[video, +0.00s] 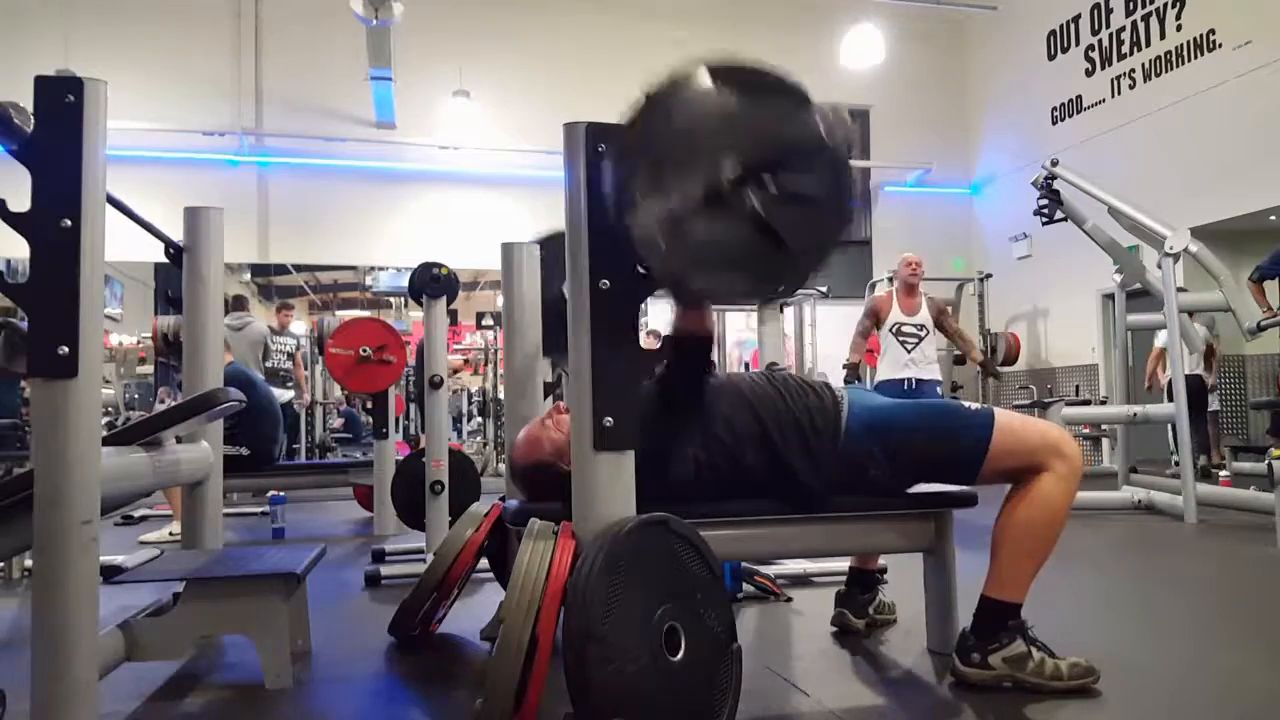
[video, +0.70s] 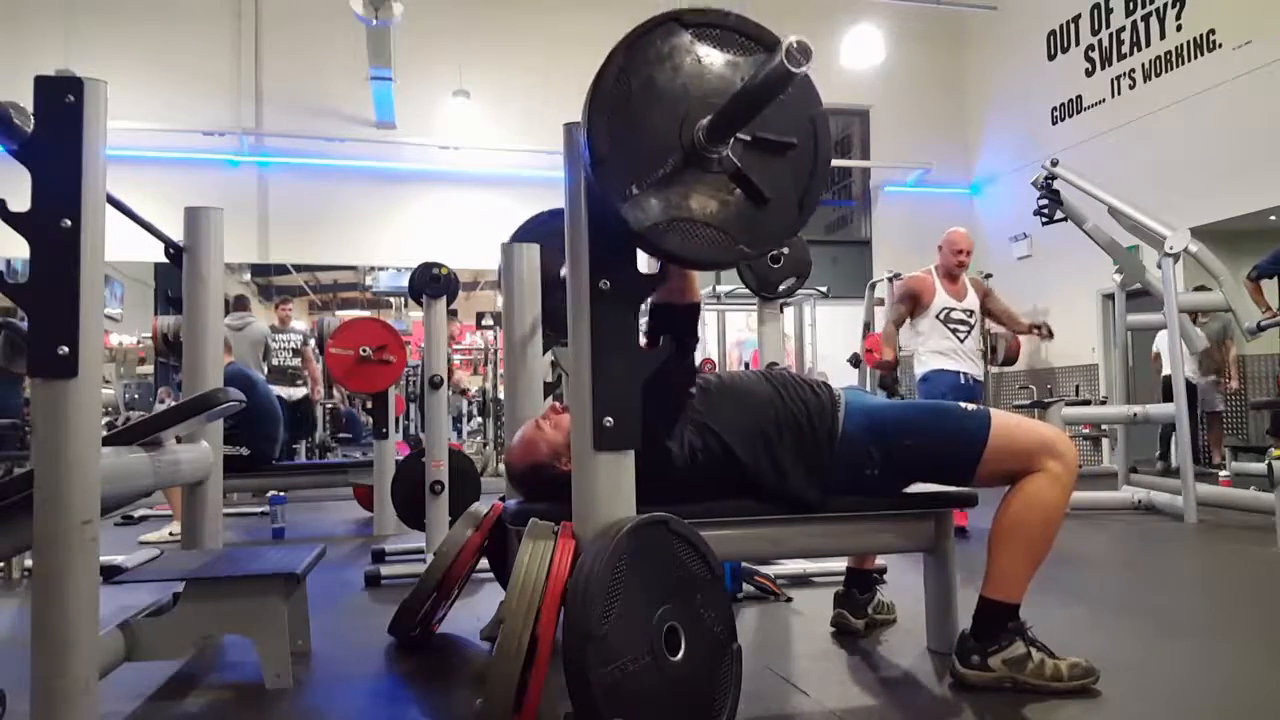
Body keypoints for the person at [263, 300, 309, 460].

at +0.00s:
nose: (289, 319)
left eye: (291, 316)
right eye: (286, 315)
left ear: (293, 317)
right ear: (277, 315)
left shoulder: (294, 339)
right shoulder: (265, 334)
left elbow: (298, 366)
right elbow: (257, 360)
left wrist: (304, 391)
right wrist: (258, 386)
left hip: (288, 389)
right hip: (268, 389)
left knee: (292, 427)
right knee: (270, 426)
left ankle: (289, 460)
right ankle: (270, 461)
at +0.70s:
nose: (287, 313)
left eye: (289, 310)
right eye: (283, 310)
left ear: (293, 312)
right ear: (276, 311)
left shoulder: (301, 334)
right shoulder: (268, 333)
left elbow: (310, 361)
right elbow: (260, 359)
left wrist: (317, 384)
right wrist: (259, 383)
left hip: (299, 387)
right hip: (276, 387)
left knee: (304, 427)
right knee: (280, 428)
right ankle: (281, 462)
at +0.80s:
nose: (287, 312)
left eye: (290, 309)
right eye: (283, 309)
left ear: (294, 311)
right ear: (276, 311)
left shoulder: (303, 331)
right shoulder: (269, 332)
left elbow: (311, 358)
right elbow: (262, 358)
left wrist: (319, 383)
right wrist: (260, 382)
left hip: (301, 385)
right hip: (276, 385)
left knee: (313, 422)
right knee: (282, 425)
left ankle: (289, 428)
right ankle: (285, 459)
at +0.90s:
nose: (288, 312)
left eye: (291, 309)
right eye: (284, 309)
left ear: (294, 310)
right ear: (277, 311)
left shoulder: (305, 331)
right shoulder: (271, 332)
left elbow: (314, 357)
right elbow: (264, 357)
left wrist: (319, 383)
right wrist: (261, 380)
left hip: (302, 384)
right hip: (278, 385)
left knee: (314, 420)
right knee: (283, 423)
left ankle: (295, 427)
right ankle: (285, 458)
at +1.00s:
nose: (290, 311)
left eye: (293, 308)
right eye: (286, 308)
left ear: (297, 310)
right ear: (280, 310)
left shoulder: (307, 331)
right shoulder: (274, 332)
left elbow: (317, 358)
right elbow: (266, 358)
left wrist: (322, 384)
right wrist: (264, 381)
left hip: (304, 384)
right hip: (281, 385)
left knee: (315, 420)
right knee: (287, 426)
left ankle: (309, 450)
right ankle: (285, 460)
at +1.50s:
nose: (309, 311)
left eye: (312, 307)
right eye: (306, 308)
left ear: (320, 309)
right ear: (303, 310)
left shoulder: (331, 329)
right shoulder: (300, 334)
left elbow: (340, 356)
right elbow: (294, 360)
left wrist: (341, 384)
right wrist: (286, 385)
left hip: (326, 385)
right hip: (304, 385)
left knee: (330, 429)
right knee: (297, 429)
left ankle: (333, 462)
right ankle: (294, 463)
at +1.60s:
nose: (309, 311)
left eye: (313, 308)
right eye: (307, 308)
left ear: (322, 309)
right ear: (305, 311)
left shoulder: (334, 328)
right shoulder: (305, 332)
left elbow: (343, 356)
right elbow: (299, 359)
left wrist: (343, 384)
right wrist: (291, 383)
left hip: (328, 386)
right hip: (307, 385)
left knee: (331, 430)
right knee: (297, 429)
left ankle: (335, 465)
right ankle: (310, 449)